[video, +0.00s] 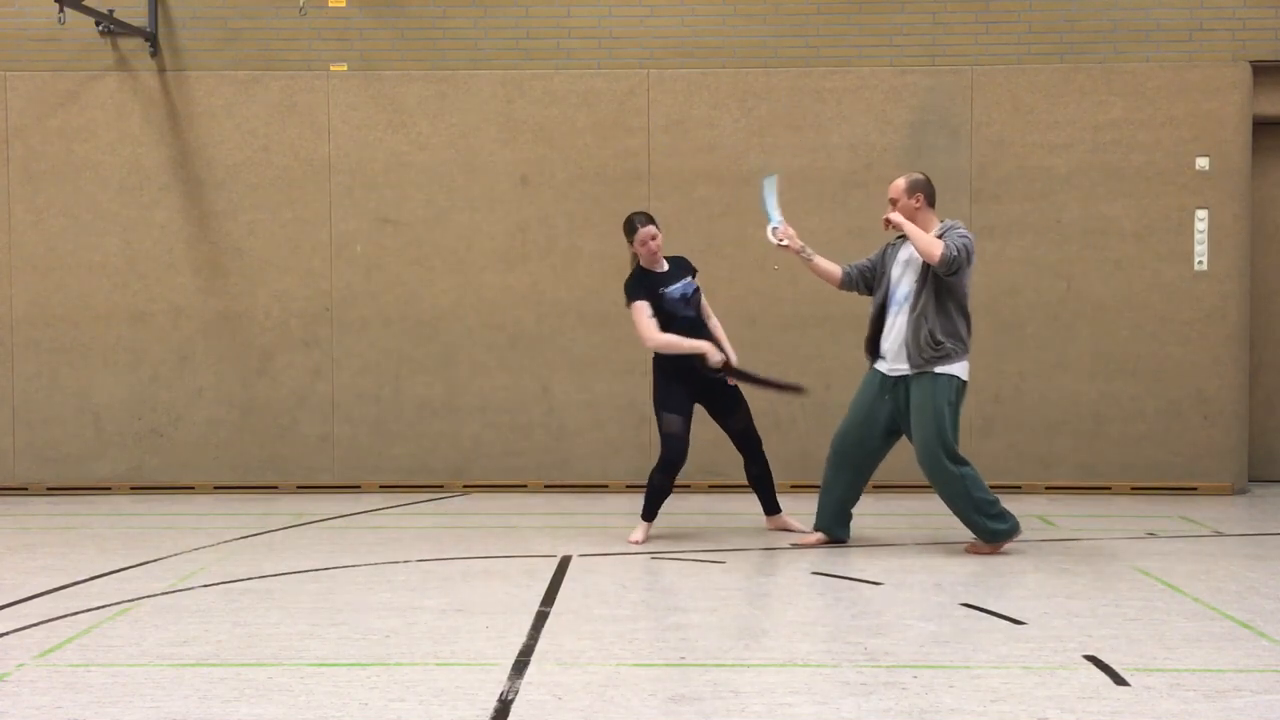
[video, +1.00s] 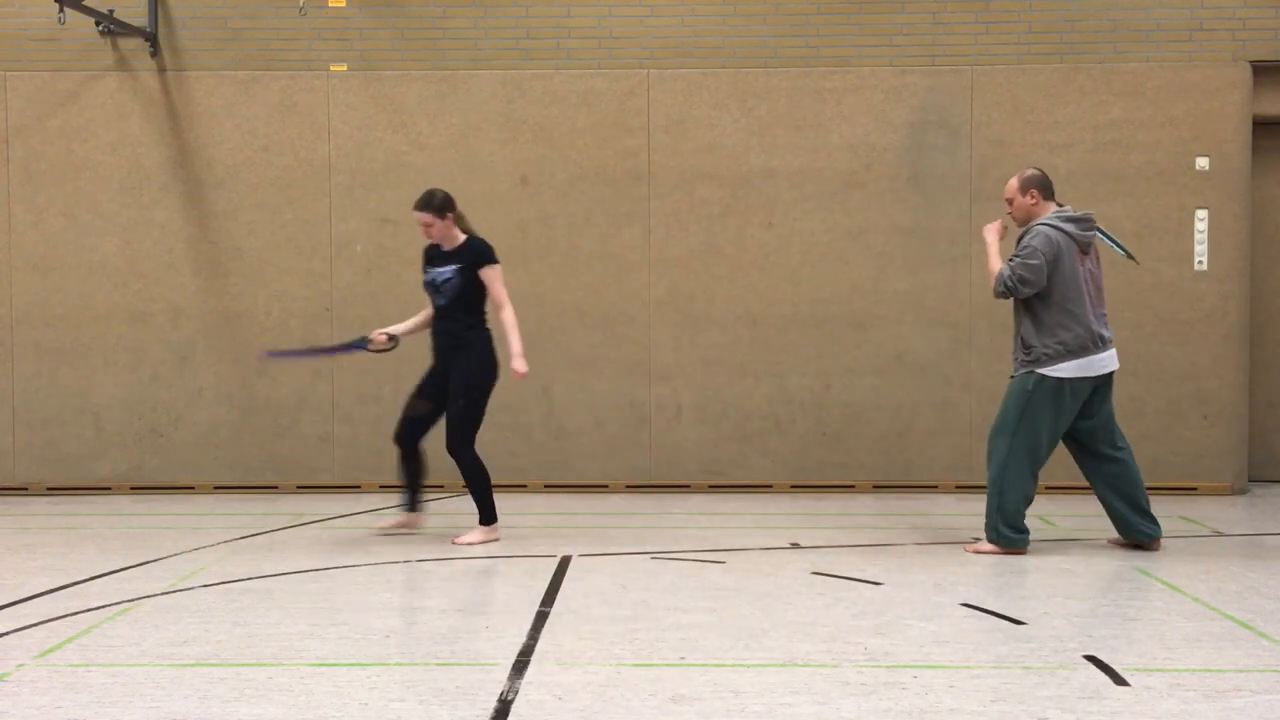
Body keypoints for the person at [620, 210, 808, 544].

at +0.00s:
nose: (653, 246)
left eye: (655, 237)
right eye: (644, 242)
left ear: (661, 235)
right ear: (632, 247)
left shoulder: (682, 266)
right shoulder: (637, 284)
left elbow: (707, 315)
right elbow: (651, 339)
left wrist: (728, 353)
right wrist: (704, 347)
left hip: (709, 367)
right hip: (673, 375)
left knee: (750, 442)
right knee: (674, 455)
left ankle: (774, 516)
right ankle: (644, 525)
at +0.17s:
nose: (613, 253)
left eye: (618, 246)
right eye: (608, 248)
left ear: (634, 240)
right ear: (603, 248)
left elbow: (690, 319)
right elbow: (601, 345)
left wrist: (712, 363)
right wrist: (634, 372)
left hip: (685, 367)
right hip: (643, 373)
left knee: (729, 442)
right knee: (639, 453)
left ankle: (782, 505)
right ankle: (648, 523)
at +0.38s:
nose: (566, 245)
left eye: (570, 237)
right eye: (562, 238)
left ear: (590, 231)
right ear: (562, 237)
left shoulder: (623, 261)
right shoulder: (574, 268)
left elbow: (654, 313)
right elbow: (585, 316)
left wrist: (666, 363)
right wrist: (560, 358)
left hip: (646, 360)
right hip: (612, 365)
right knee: (627, 443)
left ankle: (703, 488)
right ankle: (647, 521)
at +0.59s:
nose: (518, 239)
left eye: (522, 232)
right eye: (516, 233)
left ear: (543, 226)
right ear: (533, 229)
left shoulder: (575, 256)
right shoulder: (537, 260)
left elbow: (604, 311)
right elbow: (544, 314)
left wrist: (610, 365)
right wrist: (500, 341)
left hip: (586, 367)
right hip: (570, 366)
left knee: (541, 437)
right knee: (613, 441)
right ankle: (648, 515)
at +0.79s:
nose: (468, 239)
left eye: (471, 233)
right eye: (466, 233)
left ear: (493, 227)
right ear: (485, 229)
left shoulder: (521, 261)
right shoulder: (485, 260)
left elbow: (551, 315)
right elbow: (484, 317)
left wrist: (571, 365)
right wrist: (439, 340)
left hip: (520, 367)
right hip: (507, 366)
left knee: (475, 440)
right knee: (519, 454)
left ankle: (489, 526)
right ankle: (594, 496)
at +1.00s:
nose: (424, 231)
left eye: (428, 225)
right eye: (421, 225)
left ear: (448, 218)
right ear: (428, 222)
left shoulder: (478, 251)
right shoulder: (432, 254)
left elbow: (503, 305)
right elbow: (436, 310)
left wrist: (517, 354)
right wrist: (394, 332)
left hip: (475, 363)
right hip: (445, 363)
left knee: (459, 443)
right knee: (407, 434)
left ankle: (489, 525)